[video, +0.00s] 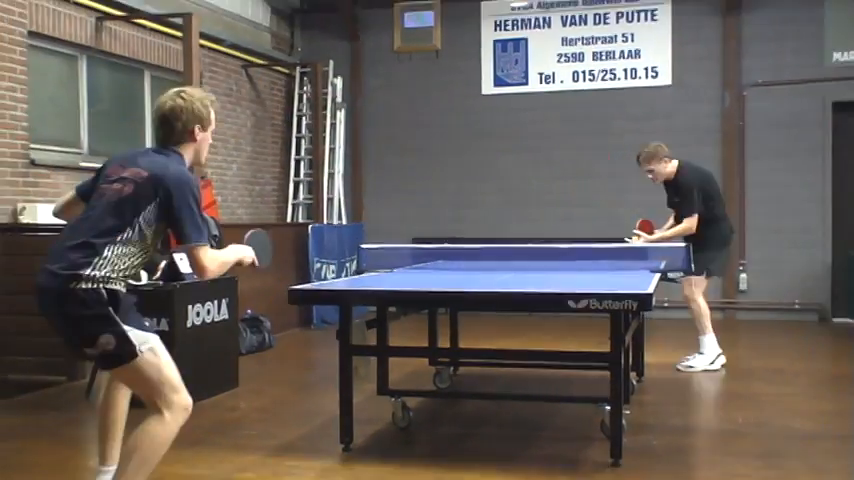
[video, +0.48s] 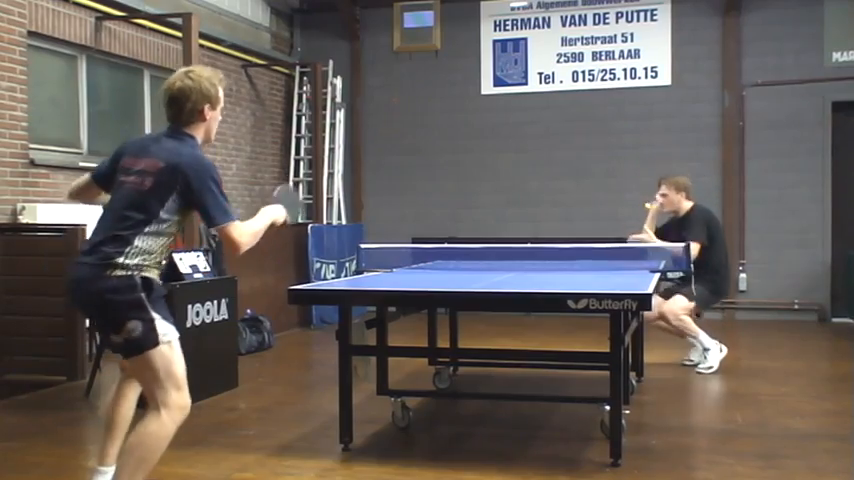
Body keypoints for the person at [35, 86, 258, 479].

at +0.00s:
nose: (212, 138)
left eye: (212, 130)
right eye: (211, 130)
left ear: (165, 128)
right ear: (197, 132)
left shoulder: (123, 160)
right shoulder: (177, 176)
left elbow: (66, 209)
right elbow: (207, 266)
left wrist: (125, 234)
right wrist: (238, 253)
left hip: (58, 285)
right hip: (94, 293)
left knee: (124, 369)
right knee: (175, 405)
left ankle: (107, 471)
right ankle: (124, 477)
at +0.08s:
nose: (212, 137)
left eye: (213, 128)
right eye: (212, 128)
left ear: (164, 125)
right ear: (198, 129)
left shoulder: (123, 157)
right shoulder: (178, 173)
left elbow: (68, 207)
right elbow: (207, 262)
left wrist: (126, 233)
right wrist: (239, 250)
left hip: (59, 283)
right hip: (96, 291)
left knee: (124, 368)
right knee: (175, 405)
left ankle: (106, 471)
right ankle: (124, 476)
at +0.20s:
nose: (213, 130)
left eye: (214, 122)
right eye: (213, 122)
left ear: (166, 120)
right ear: (199, 123)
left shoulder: (124, 155)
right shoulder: (180, 169)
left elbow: (69, 204)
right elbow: (211, 258)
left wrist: (131, 237)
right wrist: (242, 245)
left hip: (63, 281)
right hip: (99, 288)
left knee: (127, 369)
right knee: (174, 404)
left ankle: (105, 472)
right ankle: (122, 478)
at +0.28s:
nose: (214, 126)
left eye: (214, 118)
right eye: (213, 118)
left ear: (167, 116)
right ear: (200, 120)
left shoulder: (126, 152)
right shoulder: (182, 166)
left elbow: (72, 202)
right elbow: (215, 254)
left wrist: (132, 234)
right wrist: (245, 240)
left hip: (69, 278)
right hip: (103, 285)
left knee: (130, 370)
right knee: (174, 404)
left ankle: (106, 472)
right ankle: (122, 478)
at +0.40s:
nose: (215, 124)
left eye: (216, 116)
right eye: (215, 115)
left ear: (170, 113)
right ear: (202, 118)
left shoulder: (130, 151)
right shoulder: (187, 164)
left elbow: (77, 200)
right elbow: (227, 249)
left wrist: (139, 226)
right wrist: (256, 229)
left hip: (80, 279)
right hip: (115, 285)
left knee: (134, 372)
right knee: (177, 406)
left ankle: (105, 472)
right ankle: (124, 479)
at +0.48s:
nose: (220, 116)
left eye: (220, 108)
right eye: (219, 108)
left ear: (174, 108)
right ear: (206, 111)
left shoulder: (134, 147)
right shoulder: (193, 162)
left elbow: (80, 192)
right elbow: (240, 241)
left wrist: (126, 194)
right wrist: (269, 214)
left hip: (90, 276)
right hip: (126, 282)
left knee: (135, 373)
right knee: (173, 403)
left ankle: (103, 472)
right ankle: (123, 478)